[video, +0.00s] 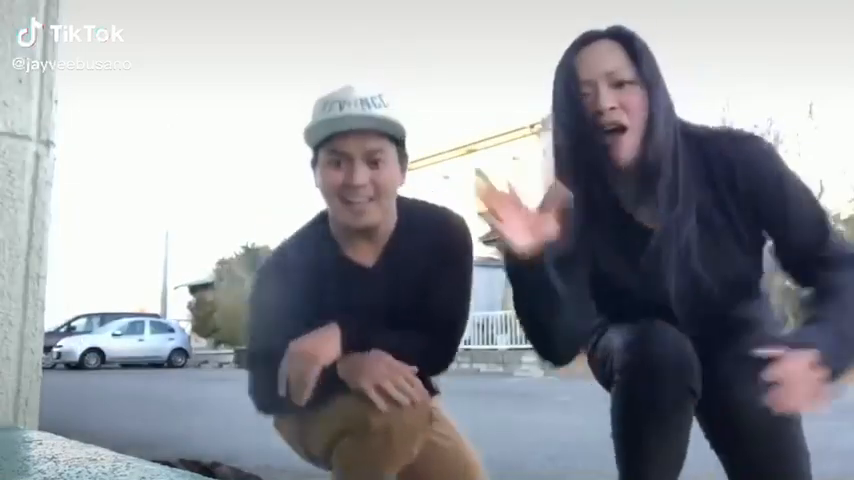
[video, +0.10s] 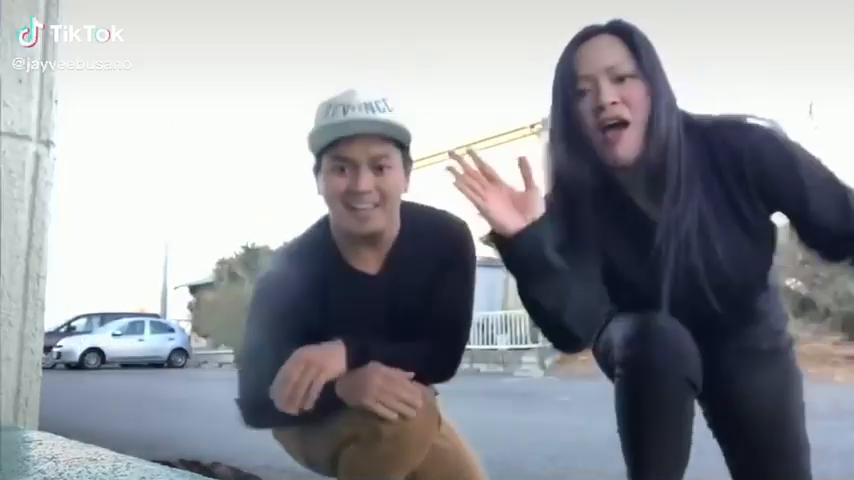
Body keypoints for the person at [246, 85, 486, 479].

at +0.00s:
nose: (356, 180)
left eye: (374, 162)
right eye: (338, 162)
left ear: (401, 171)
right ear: (316, 173)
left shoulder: (443, 234)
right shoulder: (285, 269)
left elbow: (436, 352)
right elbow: (267, 391)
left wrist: (341, 334)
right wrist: (344, 368)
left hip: (412, 398)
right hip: (311, 408)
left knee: (464, 472)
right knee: (398, 415)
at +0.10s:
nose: (361, 186)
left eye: (379, 168)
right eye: (342, 169)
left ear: (406, 175)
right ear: (319, 180)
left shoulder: (445, 239)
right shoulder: (288, 275)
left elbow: (442, 360)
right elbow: (255, 406)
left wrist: (347, 351)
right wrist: (341, 387)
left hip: (414, 402)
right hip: (306, 417)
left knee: (464, 472)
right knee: (409, 417)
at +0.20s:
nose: (363, 185)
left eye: (381, 166)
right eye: (343, 167)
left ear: (406, 174)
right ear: (319, 179)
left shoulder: (446, 236)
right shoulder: (290, 273)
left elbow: (442, 356)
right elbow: (214, 403)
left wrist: (347, 365)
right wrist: (304, 410)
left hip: (410, 410)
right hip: (313, 420)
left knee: (466, 473)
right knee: (400, 415)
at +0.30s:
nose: (359, 180)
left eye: (377, 162)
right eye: (338, 163)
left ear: (402, 171)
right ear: (314, 176)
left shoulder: (445, 234)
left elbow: (443, 352)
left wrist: (351, 367)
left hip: (415, 409)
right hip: (314, 415)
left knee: (465, 471)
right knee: (408, 412)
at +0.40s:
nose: (354, 177)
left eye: (373, 158)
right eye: (333, 160)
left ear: (397, 168)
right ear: (309, 174)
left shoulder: (442, 233)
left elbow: (444, 349)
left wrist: (351, 375)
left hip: (415, 404)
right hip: (315, 409)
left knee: (464, 471)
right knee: (410, 413)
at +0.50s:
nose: (350, 174)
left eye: (368, 155)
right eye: (329, 157)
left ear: (391, 166)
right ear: (302, 171)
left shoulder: (435, 227)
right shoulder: (274, 271)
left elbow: (458, 340)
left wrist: (369, 370)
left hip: (418, 405)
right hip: (314, 407)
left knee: (465, 471)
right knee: (408, 414)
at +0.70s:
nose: (362, 145)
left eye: (361, 139)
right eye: (359, 138)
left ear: (335, 139)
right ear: (346, 139)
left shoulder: (322, 171)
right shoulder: (342, 170)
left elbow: (356, 213)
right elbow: (396, 180)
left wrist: (394, 206)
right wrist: (427, 155)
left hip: (301, 257)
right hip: (324, 255)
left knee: (348, 336)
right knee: (348, 336)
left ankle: (319, 411)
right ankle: (363, 421)